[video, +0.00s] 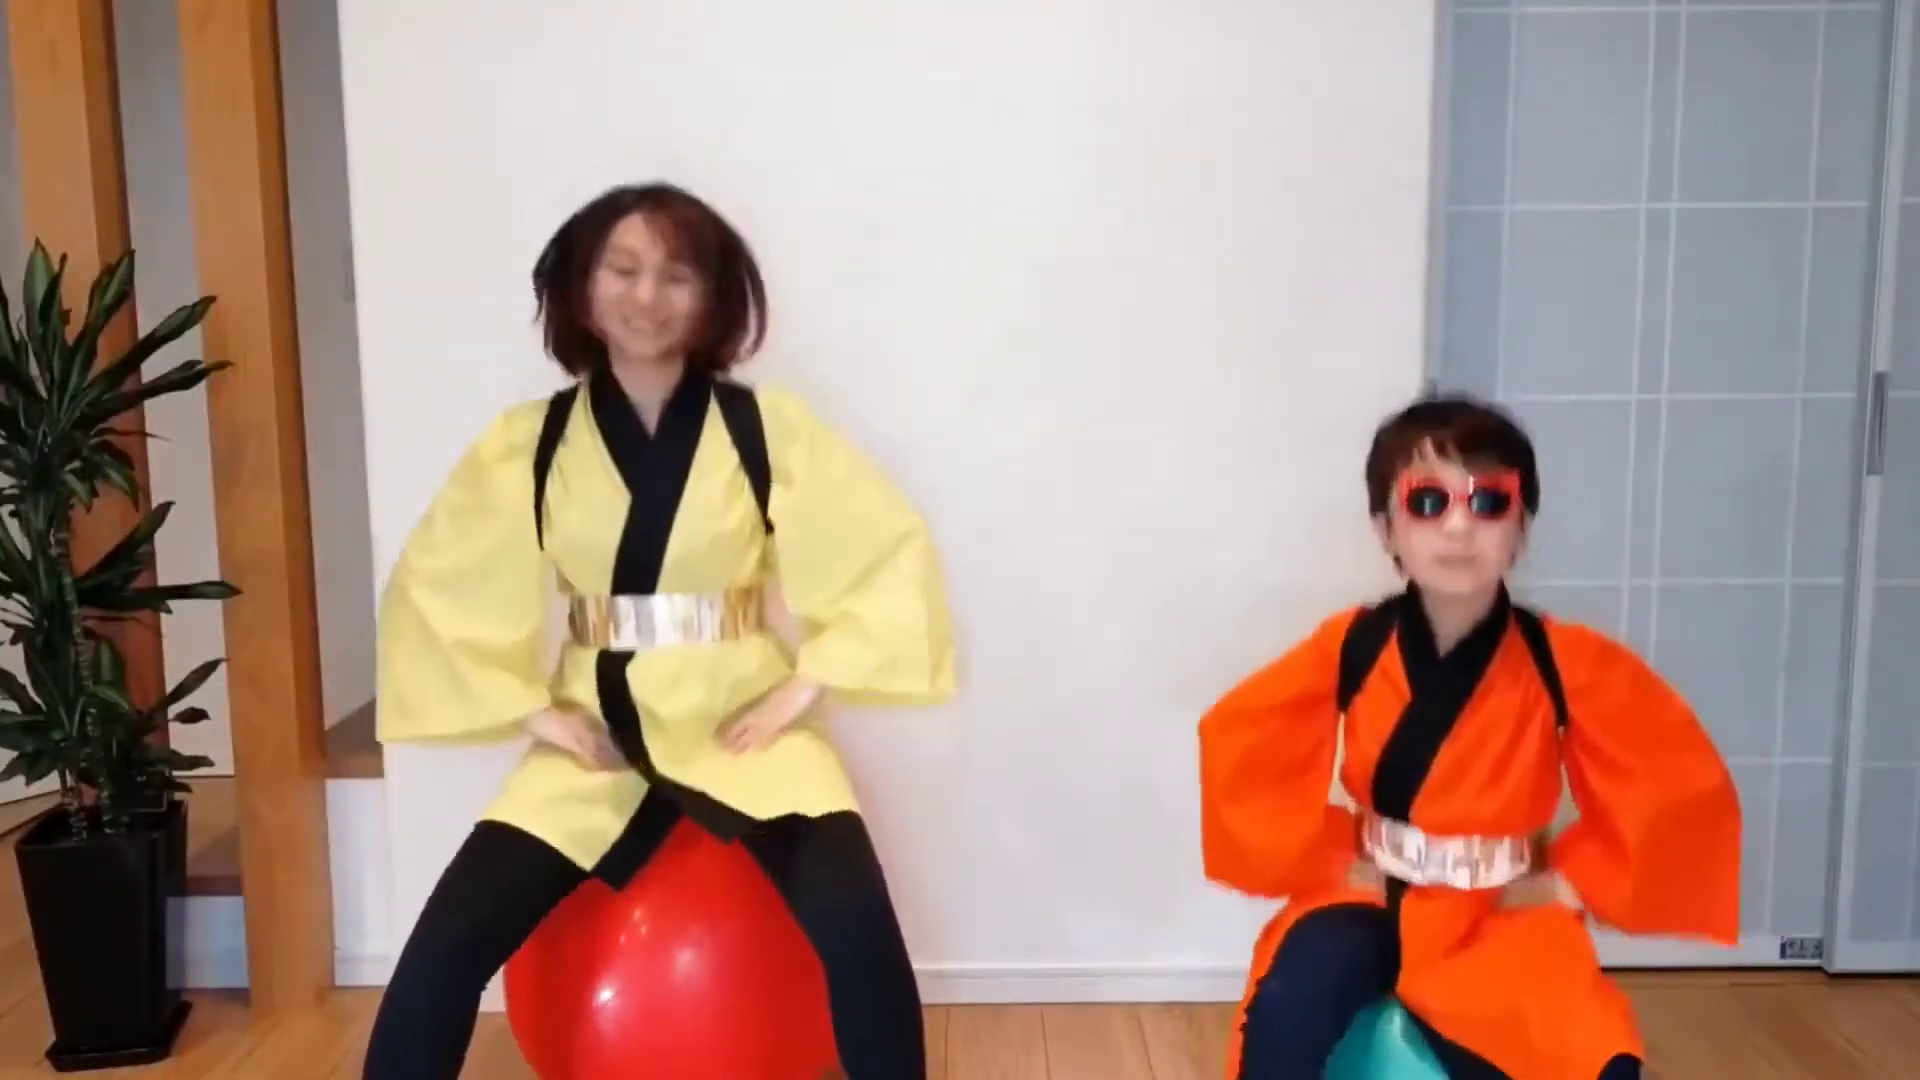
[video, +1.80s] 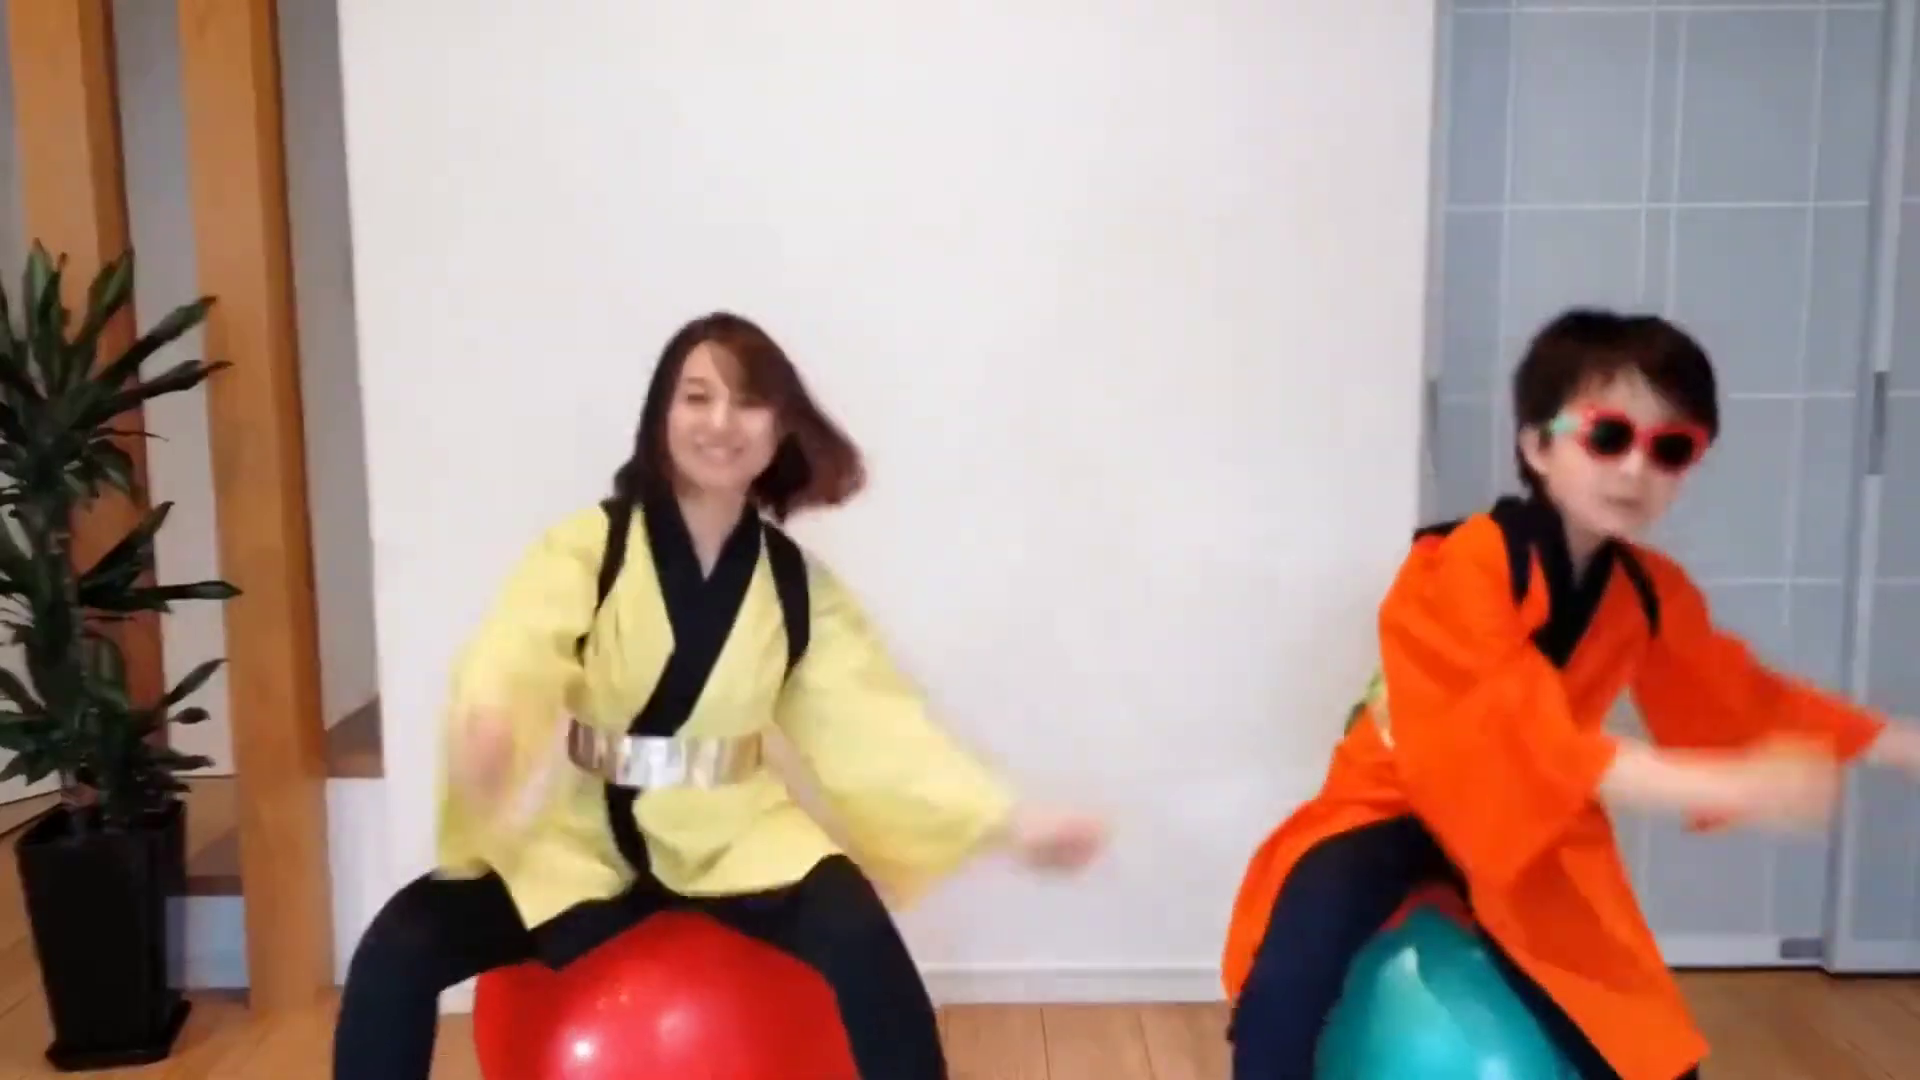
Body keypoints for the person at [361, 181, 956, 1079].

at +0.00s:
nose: (646, 295)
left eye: (677, 275)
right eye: (621, 270)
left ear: (713, 301)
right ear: (580, 291)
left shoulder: (765, 429)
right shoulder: (529, 442)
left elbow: (892, 556)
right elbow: (429, 591)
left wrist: (809, 682)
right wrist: (534, 708)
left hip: (754, 732)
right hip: (590, 744)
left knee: (860, 925)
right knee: (443, 947)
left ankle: (890, 1076)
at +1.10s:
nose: (670, 312)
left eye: (698, 292)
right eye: (646, 282)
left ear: (727, 314)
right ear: (600, 295)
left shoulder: (767, 446)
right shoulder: (521, 445)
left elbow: (851, 591)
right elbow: (435, 584)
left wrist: (801, 671)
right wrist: (500, 696)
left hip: (746, 747)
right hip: (583, 754)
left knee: (853, 932)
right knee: (433, 950)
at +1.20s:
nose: (675, 383)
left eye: (702, 362)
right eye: (650, 358)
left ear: (728, 386)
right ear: (603, 375)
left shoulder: (765, 524)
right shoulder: (540, 521)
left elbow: (808, 643)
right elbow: (456, 644)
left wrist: (836, 698)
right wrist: (390, 738)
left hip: (742, 805)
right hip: (591, 814)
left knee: (844, 905)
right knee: (434, 941)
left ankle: (885, 1073)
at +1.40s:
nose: (690, 362)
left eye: (715, 343)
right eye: (665, 337)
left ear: (743, 367)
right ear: (624, 352)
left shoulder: (772, 503)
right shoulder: (556, 484)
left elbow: (871, 676)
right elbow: (431, 603)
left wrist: (816, 585)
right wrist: (363, 563)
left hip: (733, 799)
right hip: (582, 804)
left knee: (844, 928)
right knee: (427, 944)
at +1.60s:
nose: (730, 312)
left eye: (760, 292)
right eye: (707, 282)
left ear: (793, 319)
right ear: (662, 294)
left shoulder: (801, 462)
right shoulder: (578, 411)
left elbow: (833, 601)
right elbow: (471, 501)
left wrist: (832, 674)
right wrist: (476, 580)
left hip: (733, 733)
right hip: (577, 735)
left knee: (849, 882)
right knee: (408, 933)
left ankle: (917, 1072)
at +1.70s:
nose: (737, 367)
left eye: (766, 348)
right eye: (716, 339)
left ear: (799, 375)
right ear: (675, 356)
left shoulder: (805, 531)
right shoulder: (588, 484)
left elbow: (824, 694)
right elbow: (491, 623)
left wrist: (875, 827)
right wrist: (498, 747)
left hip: (735, 787)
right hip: (577, 782)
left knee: (857, 935)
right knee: (394, 940)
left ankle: (915, 1073)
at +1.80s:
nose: (720, 419)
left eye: (748, 400)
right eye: (695, 397)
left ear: (780, 428)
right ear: (657, 417)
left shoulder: (797, 588)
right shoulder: (588, 547)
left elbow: (867, 728)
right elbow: (509, 666)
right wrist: (493, 742)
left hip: (734, 846)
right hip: (578, 842)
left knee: (854, 921)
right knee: (401, 940)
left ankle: (910, 1077)